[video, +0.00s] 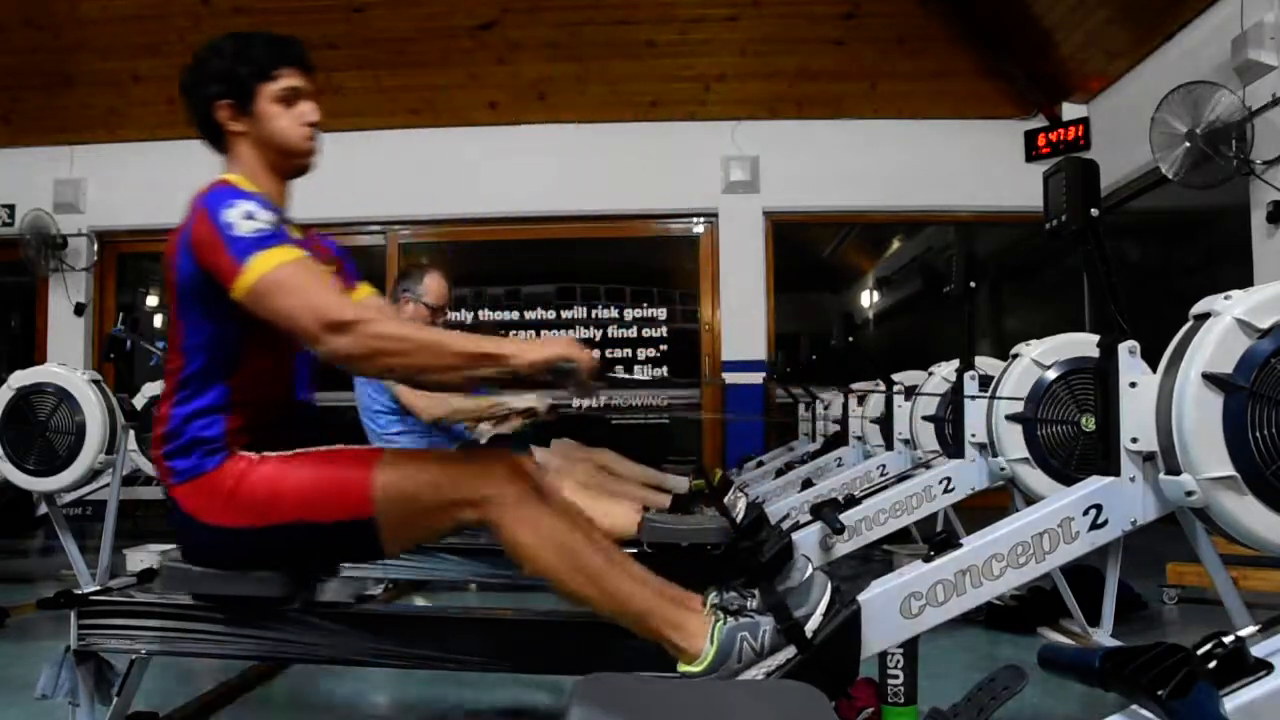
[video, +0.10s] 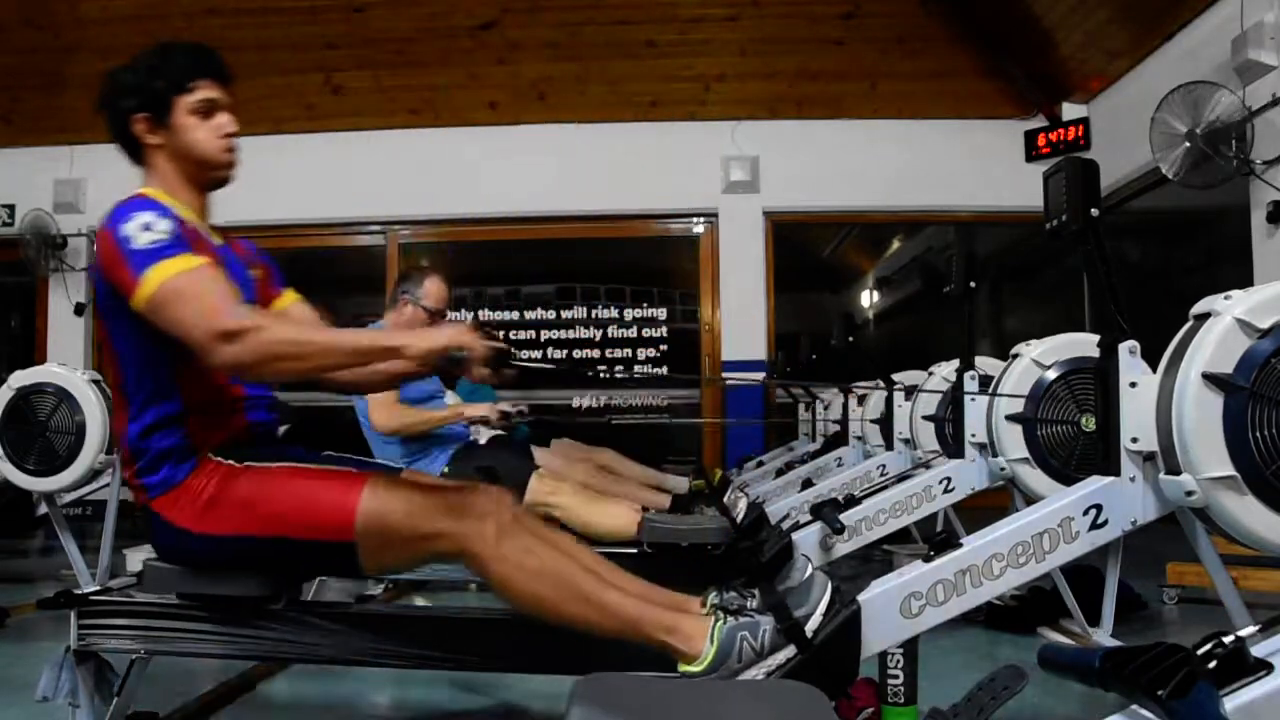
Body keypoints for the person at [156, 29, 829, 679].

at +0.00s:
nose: (313, 116)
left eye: (312, 100)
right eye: (290, 100)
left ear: (311, 112)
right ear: (230, 116)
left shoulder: (297, 235)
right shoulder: (225, 211)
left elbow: (385, 337)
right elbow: (342, 333)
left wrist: (513, 358)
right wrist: (515, 356)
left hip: (269, 468)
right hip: (223, 480)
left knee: (513, 475)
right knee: (492, 481)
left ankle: (704, 618)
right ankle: (703, 643)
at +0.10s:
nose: (228, 130)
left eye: (228, 114)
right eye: (206, 114)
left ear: (223, 125)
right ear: (146, 131)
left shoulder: (240, 259)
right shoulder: (137, 228)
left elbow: (328, 361)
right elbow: (238, 345)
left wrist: (429, 351)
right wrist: (423, 345)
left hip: (253, 468)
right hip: (197, 487)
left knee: (491, 505)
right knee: (471, 513)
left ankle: (696, 624)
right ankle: (695, 640)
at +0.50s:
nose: (128, 168)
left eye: (127, 153)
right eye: (105, 155)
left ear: (110, 171)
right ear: (46, 177)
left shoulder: (129, 282)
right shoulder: (35, 281)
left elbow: (157, 406)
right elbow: (3, 442)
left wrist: (234, 401)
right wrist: (123, 435)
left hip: (220, 468)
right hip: (173, 490)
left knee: (459, 531)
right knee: (437, 538)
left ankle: (701, 622)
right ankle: (697, 639)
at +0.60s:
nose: (142, 167)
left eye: (140, 152)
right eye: (119, 153)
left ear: (119, 169)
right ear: (58, 171)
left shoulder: (134, 280)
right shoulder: (47, 274)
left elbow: (169, 414)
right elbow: (14, 437)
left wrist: (266, 422)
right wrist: (161, 453)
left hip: (218, 473)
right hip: (177, 493)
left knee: (457, 531)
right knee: (438, 541)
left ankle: (702, 623)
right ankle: (701, 640)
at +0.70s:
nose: (163, 158)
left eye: (161, 142)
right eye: (142, 143)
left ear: (135, 160)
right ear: (81, 162)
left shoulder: (144, 269)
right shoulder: (65, 267)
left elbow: (182, 410)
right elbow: (56, 429)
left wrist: (255, 434)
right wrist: (208, 466)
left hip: (235, 477)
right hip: (190, 500)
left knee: (460, 534)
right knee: (441, 544)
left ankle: (700, 627)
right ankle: (701, 641)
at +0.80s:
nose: (187, 151)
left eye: (186, 134)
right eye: (166, 134)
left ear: (165, 151)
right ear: (106, 154)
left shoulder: (179, 270)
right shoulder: (86, 265)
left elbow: (239, 395)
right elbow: (109, 426)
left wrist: (305, 447)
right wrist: (260, 481)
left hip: (260, 481)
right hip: (190, 502)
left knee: (467, 531)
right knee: (443, 539)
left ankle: (703, 630)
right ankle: (702, 641)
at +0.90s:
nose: (212, 146)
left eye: (212, 130)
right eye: (191, 130)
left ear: (192, 145)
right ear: (131, 146)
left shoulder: (205, 274)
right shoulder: (107, 261)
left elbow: (269, 397)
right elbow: (150, 419)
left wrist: (348, 458)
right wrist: (297, 486)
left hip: (261, 487)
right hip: (191, 500)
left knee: (470, 529)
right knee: (445, 537)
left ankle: (698, 627)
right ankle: (699, 641)